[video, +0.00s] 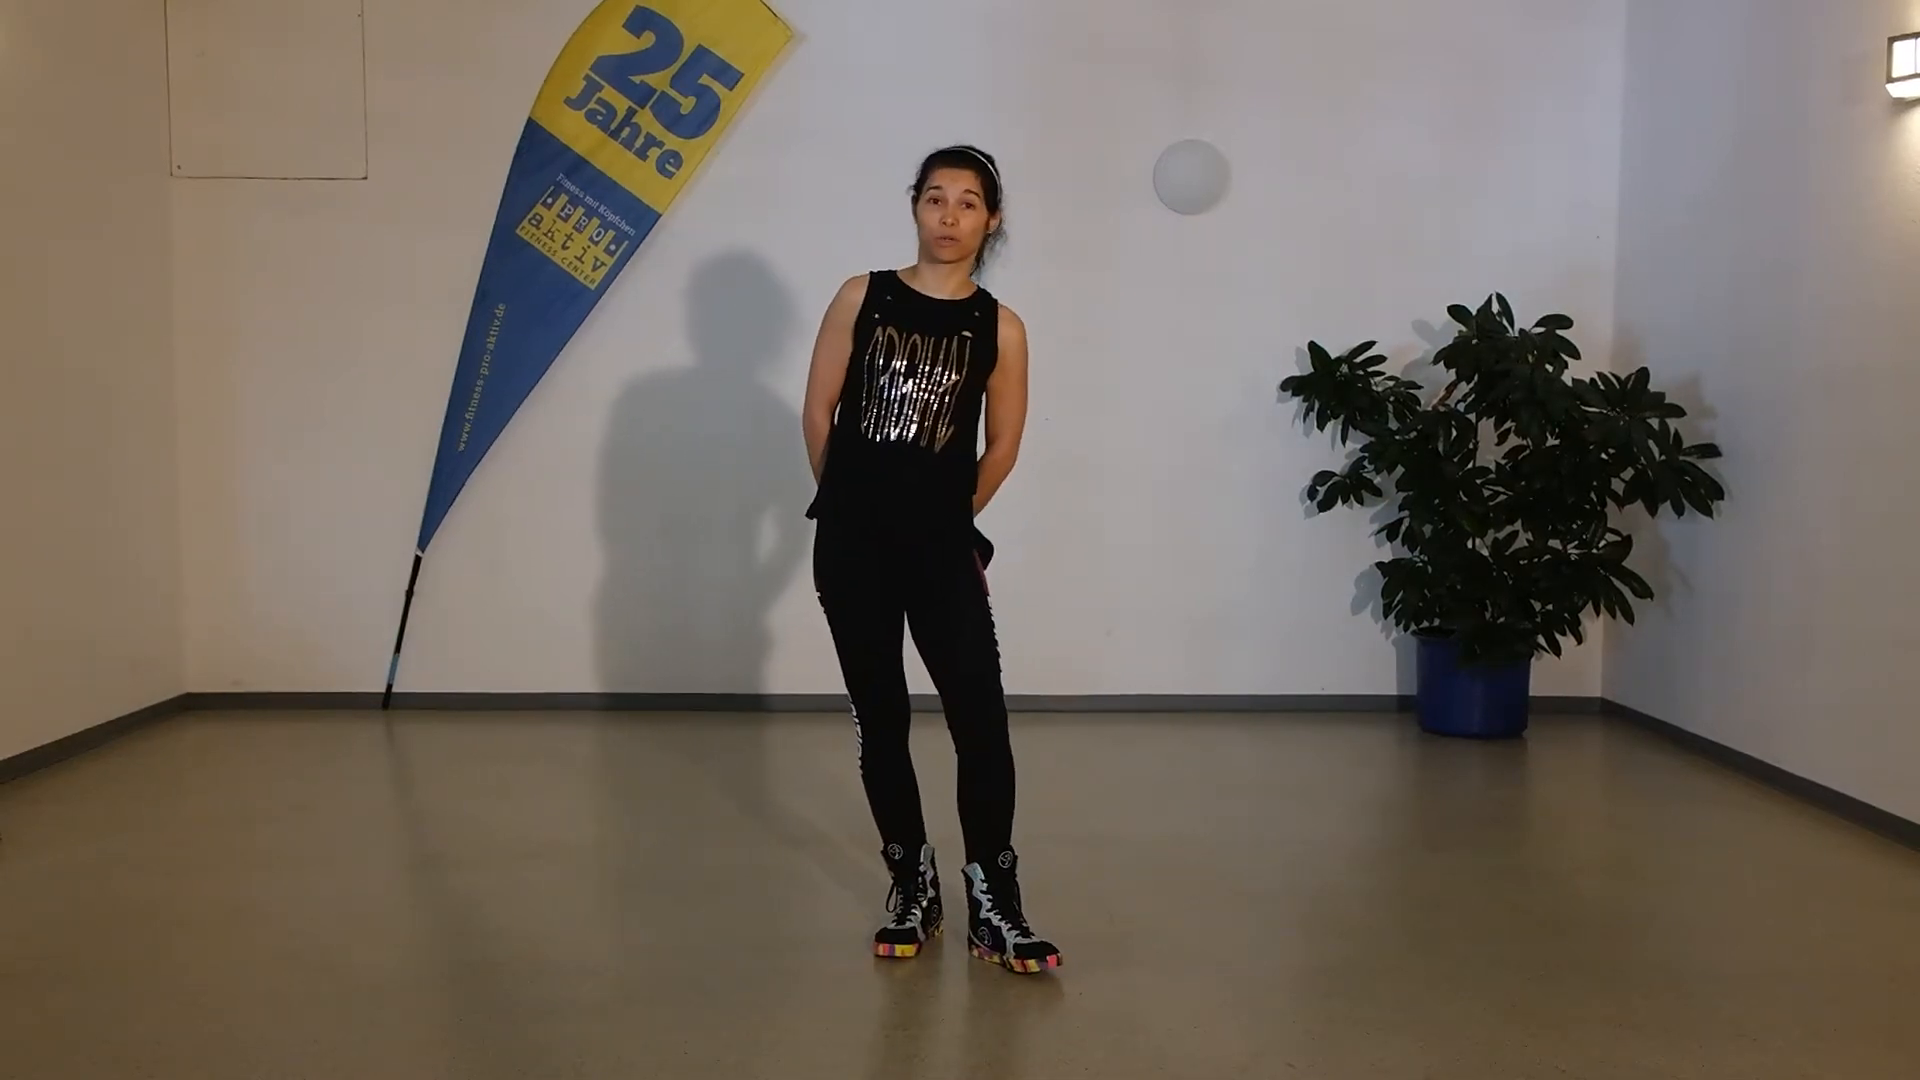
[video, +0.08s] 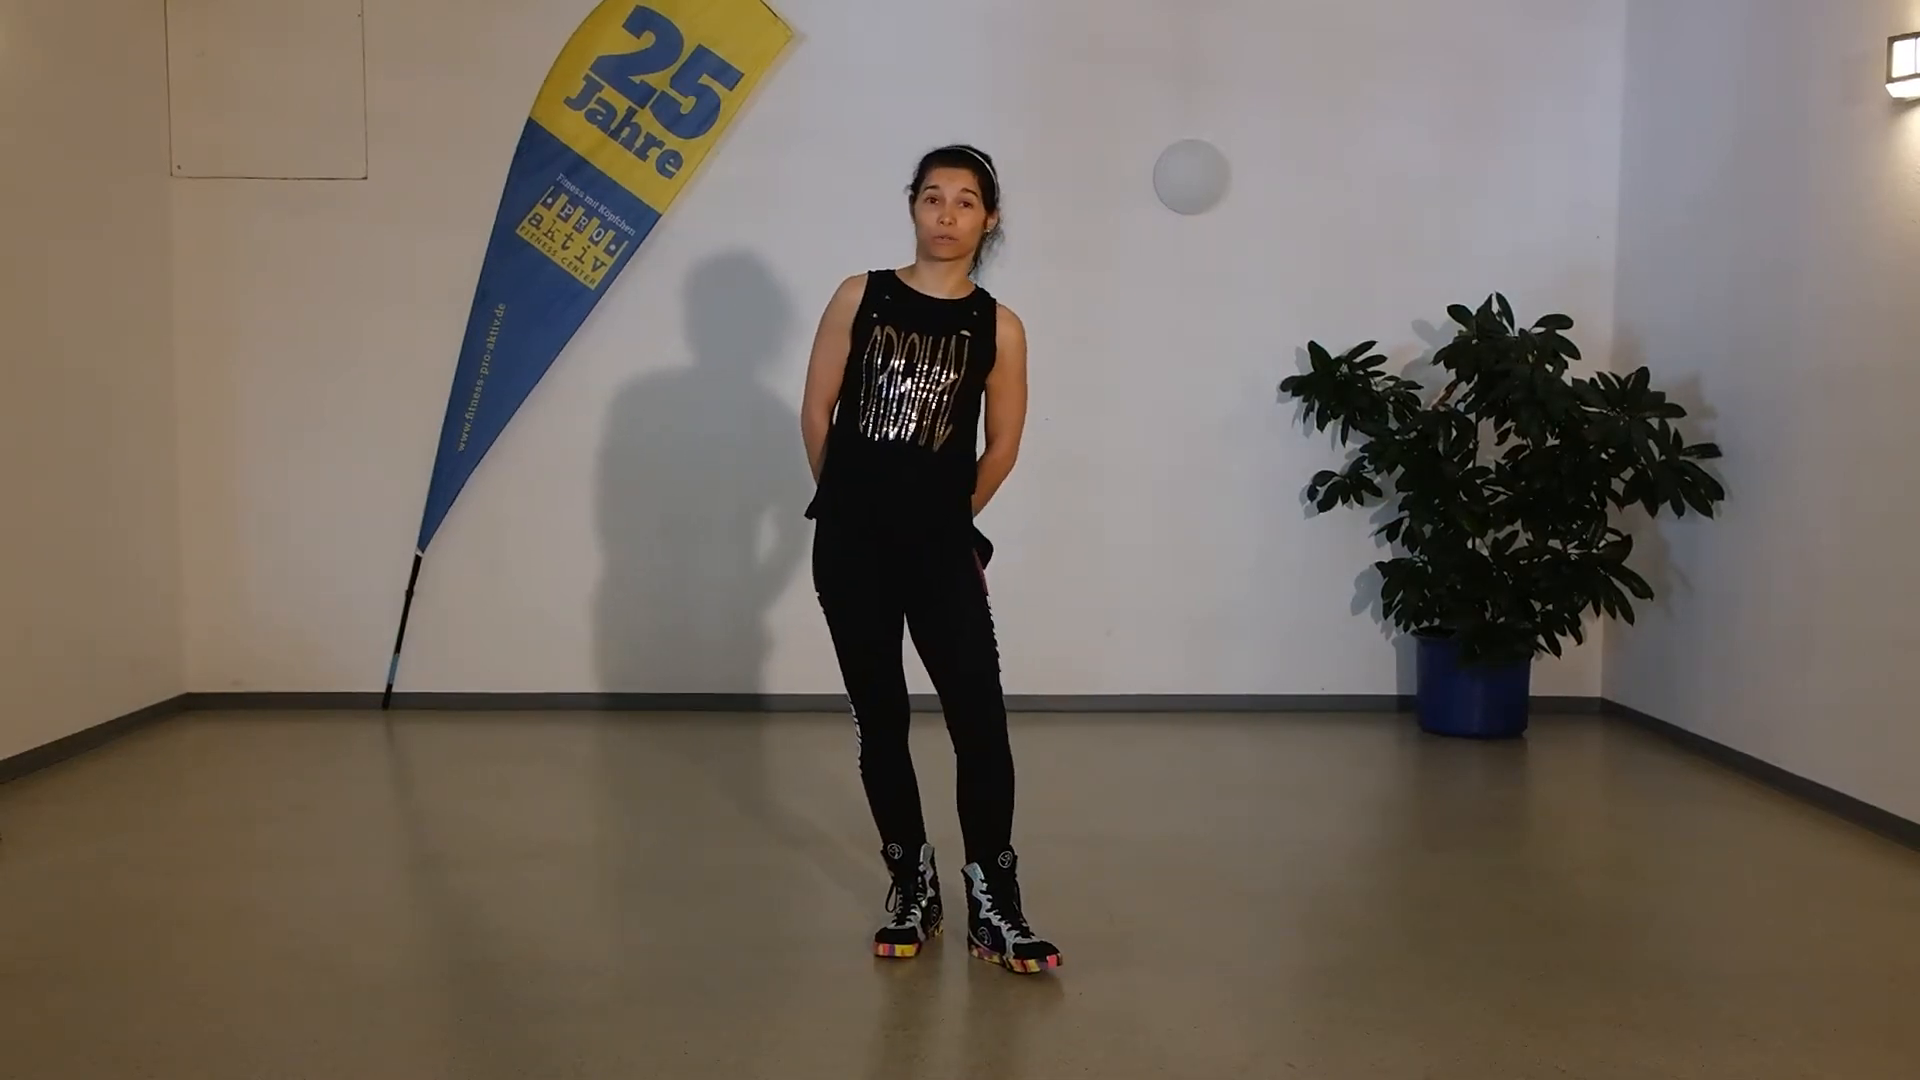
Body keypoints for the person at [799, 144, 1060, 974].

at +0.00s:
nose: (948, 213)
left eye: (966, 203)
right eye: (935, 198)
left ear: (989, 222)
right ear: (913, 211)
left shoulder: (1000, 327)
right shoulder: (860, 297)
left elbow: (1003, 445)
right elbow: (817, 411)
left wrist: (952, 515)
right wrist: (839, 498)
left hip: (944, 539)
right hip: (852, 534)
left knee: (980, 720)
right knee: (881, 720)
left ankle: (994, 903)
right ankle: (911, 889)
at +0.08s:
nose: (946, 212)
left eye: (964, 202)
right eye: (933, 198)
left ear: (988, 221)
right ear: (911, 211)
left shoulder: (999, 326)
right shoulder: (859, 296)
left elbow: (1003, 446)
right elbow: (815, 411)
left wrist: (950, 515)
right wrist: (838, 497)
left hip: (943, 539)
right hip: (851, 534)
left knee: (979, 720)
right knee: (880, 719)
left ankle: (993, 902)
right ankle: (911, 888)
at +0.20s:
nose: (941, 210)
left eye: (959, 199)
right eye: (927, 196)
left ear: (981, 218)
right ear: (905, 210)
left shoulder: (996, 324)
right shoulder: (856, 297)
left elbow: (1002, 445)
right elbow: (814, 415)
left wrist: (951, 516)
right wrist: (838, 498)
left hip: (942, 539)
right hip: (850, 533)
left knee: (979, 722)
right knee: (880, 721)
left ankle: (993, 904)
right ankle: (910, 886)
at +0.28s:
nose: (934, 211)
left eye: (952, 199)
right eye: (920, 197)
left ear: (976, 217)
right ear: (900, 210)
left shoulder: (994, 322)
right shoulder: (853, 298)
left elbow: (1002, 446)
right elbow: (815, 419)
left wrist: (951, 520)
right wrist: (842, 500)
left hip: (943, 542)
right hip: (851, 538)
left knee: (978, 725)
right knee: (881, 724)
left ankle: (993, 903)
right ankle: (910, 888)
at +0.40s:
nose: (926, 211)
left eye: (943, 198)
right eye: (911, 197)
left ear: (966, 215)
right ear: (891, 211)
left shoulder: (990, 317)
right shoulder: (849, 301)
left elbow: (1005, 439)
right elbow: (817, 426)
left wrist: (960, 521)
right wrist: (848, 503)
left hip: (946, 542)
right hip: (854, 539)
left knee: (978, 726)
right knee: (883, 725)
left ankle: (993, 907)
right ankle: (911, 893)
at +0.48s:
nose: (920, 208)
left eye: (937, 195)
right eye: (905, 195)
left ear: (961, 211)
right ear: (886, 209)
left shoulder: (989, 313)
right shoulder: (847, 301)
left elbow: (1007, 434)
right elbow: (818, 425)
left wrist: (964, 518)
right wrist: (851, 502)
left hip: (948, 539)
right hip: (855, 537)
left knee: (978, 723)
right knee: (884, 723)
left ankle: (994, 905)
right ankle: (911, 890)